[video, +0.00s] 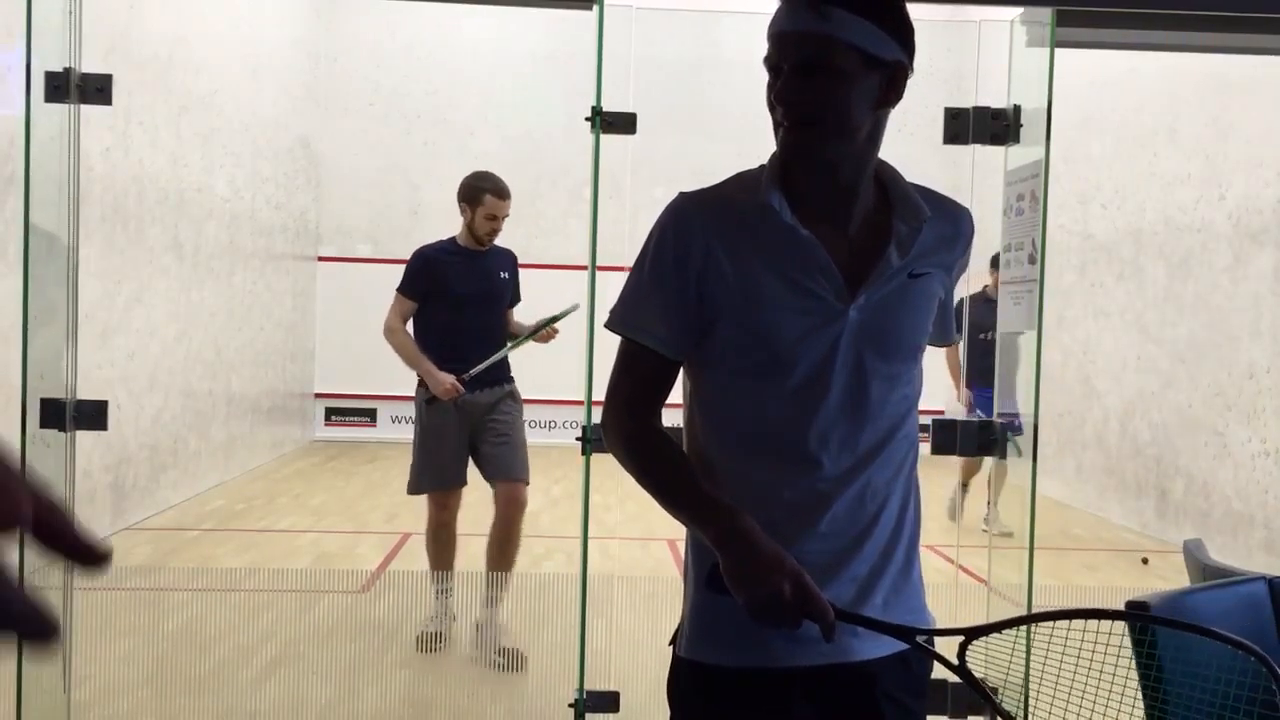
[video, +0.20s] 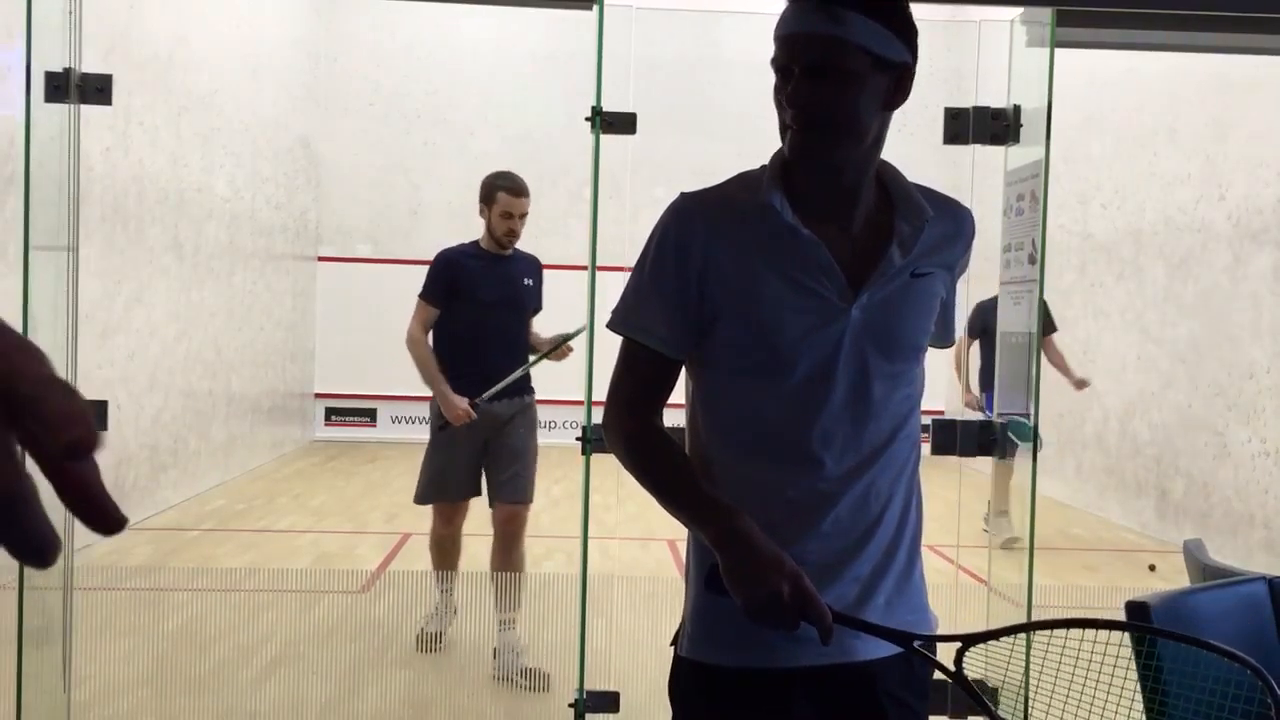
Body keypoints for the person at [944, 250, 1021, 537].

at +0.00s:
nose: (1004, 282)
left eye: (1009, 277)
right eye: (1001, 276)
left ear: (1013, 279)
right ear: (991, 274)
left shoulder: (1016, 306)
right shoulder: (969, 305)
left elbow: (1021, 349)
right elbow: (951, 345)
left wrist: (1017, 391)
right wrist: (960, 385)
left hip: (1007, 391)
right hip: (977, 390)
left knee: (1001, 455)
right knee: (974, 456)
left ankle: (992, 511)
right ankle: (961, 489)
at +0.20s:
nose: (1019, 281)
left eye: (1024, 276)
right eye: (1013, 275)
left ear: (1031, 276)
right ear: (1004, 276)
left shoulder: (1036, 305)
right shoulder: (986, 309)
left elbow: (1048, 345)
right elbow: (961, 349)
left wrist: (1071, 376)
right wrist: (966, 391)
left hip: (1023, 390)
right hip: (995, 390)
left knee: (1008, 451)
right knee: (1004, 451)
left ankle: (994, 512)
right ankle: (1001, 517)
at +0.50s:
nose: (1064, 286)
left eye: (1068, 280)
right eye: (1059, 279)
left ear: (1070, 279)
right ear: (1042, 277)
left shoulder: (1068, 306)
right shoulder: (1020, 306)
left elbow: (1075, 348)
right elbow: (987, 352)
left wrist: (1101, 381)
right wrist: (991, 398)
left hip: (1056, 398)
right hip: (1022, 398)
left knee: (1064, 465)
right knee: (1026, 466)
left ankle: (1023, 496)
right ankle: (1025, 534)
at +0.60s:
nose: (1078, 288)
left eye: (1082, 282)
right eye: (1073, 281)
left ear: (1084, 281)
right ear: (1056, 278)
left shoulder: (1079, 306)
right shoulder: (1032, 307)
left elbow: (1080, 351)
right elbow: (1005, 358)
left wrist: (1091, 394)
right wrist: (1016, 402)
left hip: (1066, 400)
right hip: (1033, 401)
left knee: (1086, 463)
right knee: (1033, 468)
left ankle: (1052, 513)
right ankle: (1026, 532)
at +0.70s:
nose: (1094, 293)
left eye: (1097, 288)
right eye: (1089, 287)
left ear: (1100, 286)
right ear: (1072, 281)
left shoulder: (1093, 310)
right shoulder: (1045, 314)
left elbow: (1086, 352)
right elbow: (1031, 369)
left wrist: (1079, 390)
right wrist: (1048, 412)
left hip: (1077, 401)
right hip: (1045, 403)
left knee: (1098, 462)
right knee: (1039, 469)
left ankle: (1088, 538)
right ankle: (1027, 533)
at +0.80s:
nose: (1113, 303)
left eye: (1117, 297)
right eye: (1108, 296)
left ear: (1119, 294)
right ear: (1090, 290)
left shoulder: (1108, 318)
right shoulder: (1064, 321)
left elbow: (1091, 363)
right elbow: (1057, 378)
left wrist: (1092, 404)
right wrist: (1076, 422)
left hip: (1090, 405)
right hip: (1055, 406)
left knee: (1102, 477)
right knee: (1046, 474)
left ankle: (1121, 549)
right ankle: (1029, 534)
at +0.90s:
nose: (1136, 317)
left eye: (1139, 311)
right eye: (1131, 311)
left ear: (1141, 307)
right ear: (1112, 303)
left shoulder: (1125, 330)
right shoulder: (1085, 335)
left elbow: (1107, 371)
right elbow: (1083, 394)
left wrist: (1106, 410)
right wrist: (1099, 442)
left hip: (1105, 412)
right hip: (1069, 415)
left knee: (1122, 480)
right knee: (1059, 487)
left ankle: (1128, 560)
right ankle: (1032, 527)